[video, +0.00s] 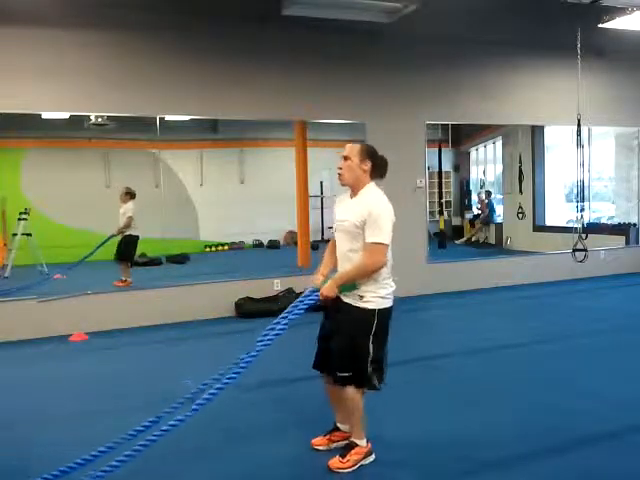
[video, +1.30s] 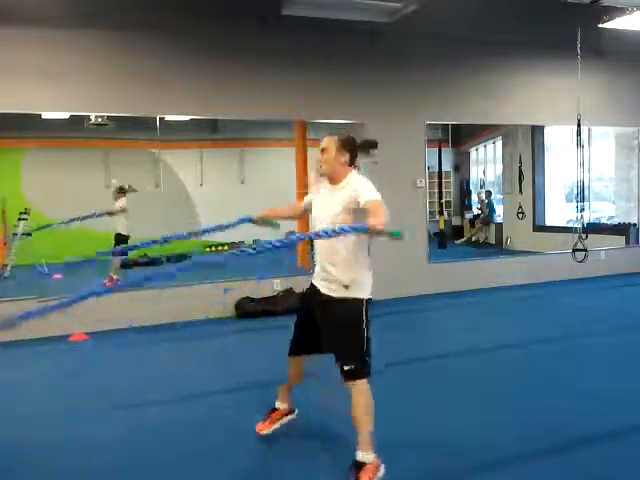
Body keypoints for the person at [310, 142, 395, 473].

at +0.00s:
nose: (339, 164)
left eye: (346, 159)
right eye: (340, 159)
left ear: (366, 166)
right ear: (353, 167)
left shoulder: (378, 204)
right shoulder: (343, 201)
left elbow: (375, 260)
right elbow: (337, 242)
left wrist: (336, 282)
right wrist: (323, 270)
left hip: (368, 303)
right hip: (342, 298)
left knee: (350, 378)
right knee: (329, 370)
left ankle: (361, 444)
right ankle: (344, 429)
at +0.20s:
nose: (351, 163)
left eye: (358, 157)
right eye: (353, 158)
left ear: (377, 166)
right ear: (367, 166)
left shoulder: (388, 201)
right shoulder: (350, 200)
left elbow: (379, 245)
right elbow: (328, 229)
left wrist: (341, 252)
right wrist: (308, 242)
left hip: (371, 299)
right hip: (344, 292)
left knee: (353, 370)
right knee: (328, 362)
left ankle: (359, 441)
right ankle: (342, 425)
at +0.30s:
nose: (355, 151)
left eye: (362, 145)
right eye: (355, 146)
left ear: (383, 151)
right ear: (361, 153)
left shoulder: (396, 179)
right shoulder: (354, 183)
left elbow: (395, 194)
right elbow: (322, 191)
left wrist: (359, 200)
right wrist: (296, 200)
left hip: (376, 282)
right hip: (348, 277)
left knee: (365, 357)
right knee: (329, 346)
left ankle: (373, 438)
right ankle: (334, 410)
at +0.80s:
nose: (333, 150)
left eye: (339, 144)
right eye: (334, 144)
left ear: (358, 148)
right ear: (347, 149)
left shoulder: (374, 181)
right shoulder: (336, 182)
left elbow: (376, 204)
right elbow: (320, 211)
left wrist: (340, 209)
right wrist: (283, 213)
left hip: (357, 276)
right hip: (328, 271)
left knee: (338, 354)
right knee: (307, 344)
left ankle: (339, 436)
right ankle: (310, 414)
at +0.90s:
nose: (333, 160)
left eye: (339, 154)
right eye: (334, 154)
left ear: (358, 160)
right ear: (348, 159)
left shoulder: (370, 195)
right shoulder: (335, 189)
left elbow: (346, 234)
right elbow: (316, 222)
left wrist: (302, 242)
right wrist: (281, 221)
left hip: (350, 291)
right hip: (325, 283)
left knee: (317, 367)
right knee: (299, 359)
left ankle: (312, 443)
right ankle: (303, 433)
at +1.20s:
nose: (333, 146)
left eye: (340, 141)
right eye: (333, 141)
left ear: (359, 149)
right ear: (339, 149)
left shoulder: (369, 177)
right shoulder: (328, 179)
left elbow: (377, 209)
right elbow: (294, 194)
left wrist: (332, 220)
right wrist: (255, 196)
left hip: (348, 284)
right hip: (318, 277)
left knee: (339, 363)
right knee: (302, 347)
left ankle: (338, 443)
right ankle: (295, 412)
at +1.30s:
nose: (319, 157)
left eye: (325, 151)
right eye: (320, 151)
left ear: (345, 157)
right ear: (328, 158)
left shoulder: (362, 188)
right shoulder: (321, 187)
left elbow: (377, 219)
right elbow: (298, 209)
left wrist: (367, 224)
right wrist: (265, 216)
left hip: (351, 295)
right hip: (319, 289)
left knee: (355, 377)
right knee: (296, 351)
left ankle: (367, 458)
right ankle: (283, 407)